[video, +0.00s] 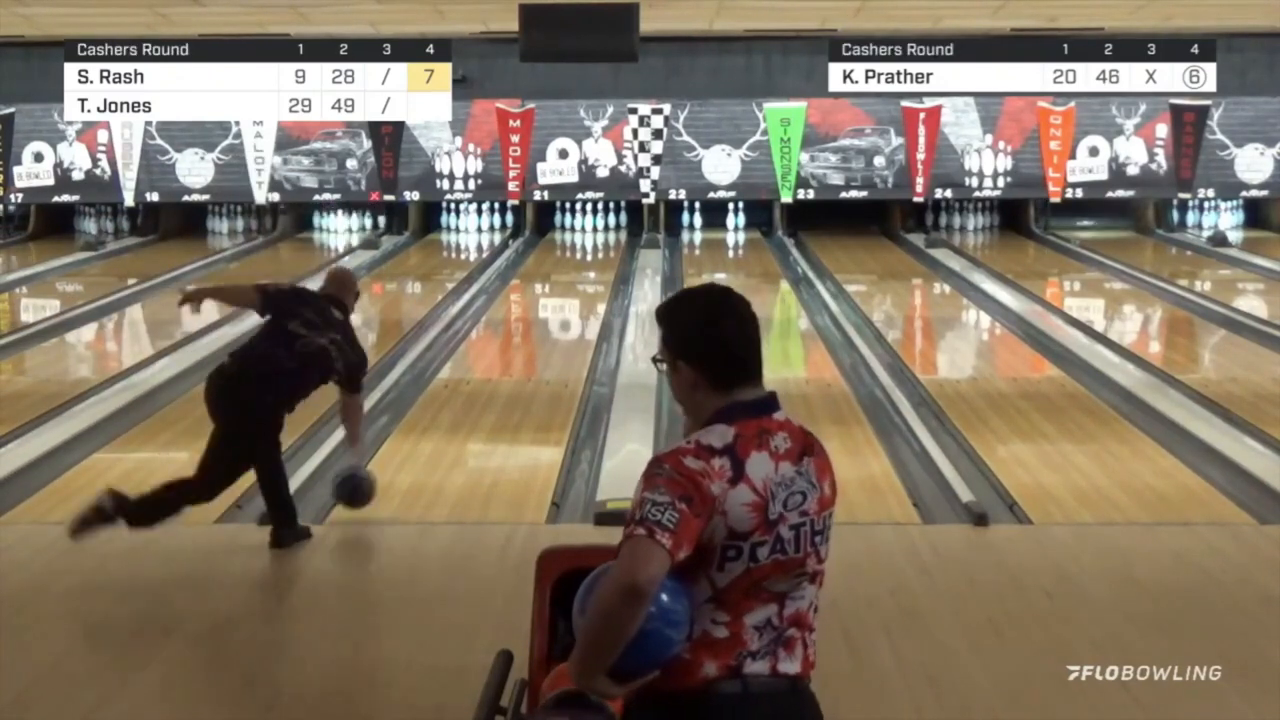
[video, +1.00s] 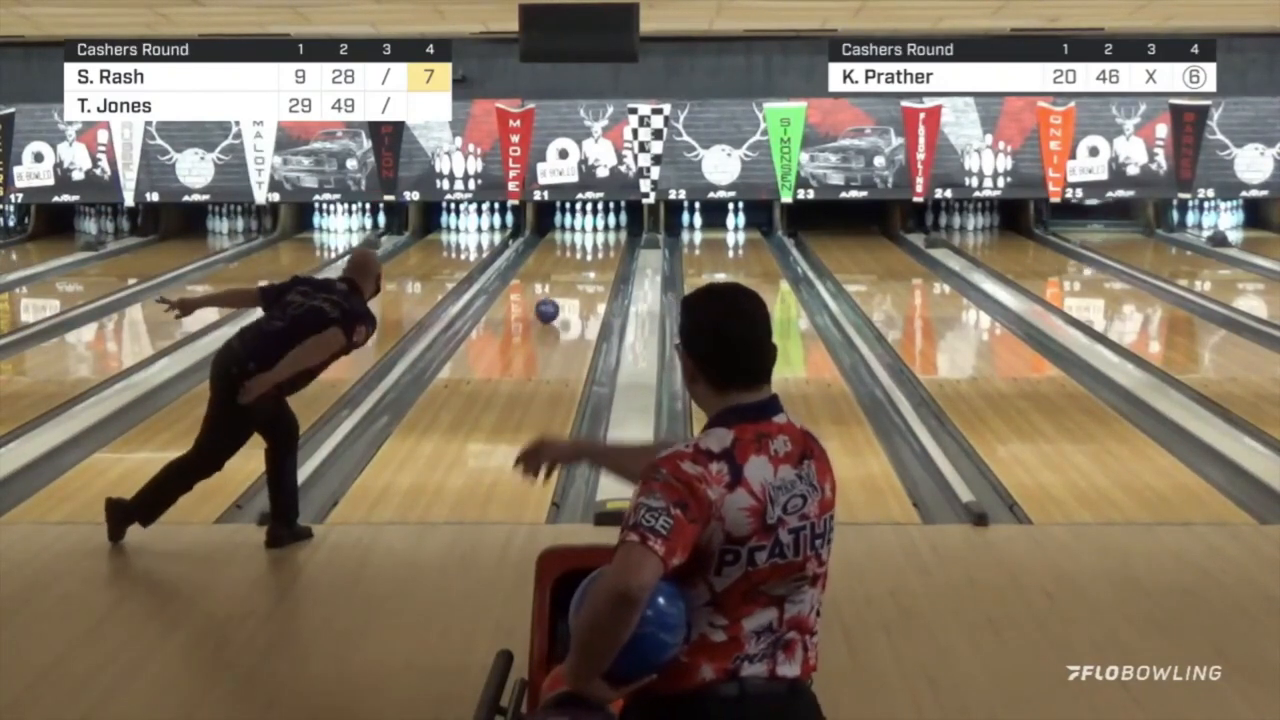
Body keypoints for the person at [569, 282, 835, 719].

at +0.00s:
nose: (669, 382)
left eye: (666, 366)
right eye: (665, 367)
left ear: (685, 370)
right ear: (752, 354)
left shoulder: (687, 467)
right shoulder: (811, 453)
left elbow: (636, 579)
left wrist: (585, 669)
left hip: (691, 698)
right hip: (789, 693)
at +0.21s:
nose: (673, 380)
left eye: (671, 365)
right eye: (670, 366)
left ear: (687, 368)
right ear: (756, 354)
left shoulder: (683, 469)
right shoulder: (815, 458)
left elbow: (630, 579)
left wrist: (576, 671)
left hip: (687, 697)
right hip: (789, 693)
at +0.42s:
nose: (674, 373)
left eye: (673, 360)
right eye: (673, 360)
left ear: (689, 367)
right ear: (758, 355)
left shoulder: (680, 469)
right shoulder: (817, 460)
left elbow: (618, 580)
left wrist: (572, 670)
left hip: (685, 697)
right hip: (789, 694)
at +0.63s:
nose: (677, 366)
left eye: (676, 356)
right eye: (678, 354)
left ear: (685, 368)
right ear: (762, 353)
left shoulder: (679, 471)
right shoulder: (815, 457)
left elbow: (618, 582)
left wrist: (572, 672)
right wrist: (681, 313)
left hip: (686, 697)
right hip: (788, 695)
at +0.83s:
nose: (673, 358)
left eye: (677, 348)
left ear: (690, 366)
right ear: (768, 355)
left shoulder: (683, 472)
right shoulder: (809, 441)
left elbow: (623, 584)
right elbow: (698, 390)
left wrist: (575, 673)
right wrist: (628, 345)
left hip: (689, 697)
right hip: (788, 690)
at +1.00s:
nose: (680, 363)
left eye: (680, 353)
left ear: (688, 365)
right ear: (770, 354)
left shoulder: (687, 470)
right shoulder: (811, 453)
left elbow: (629, 586)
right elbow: (688, 469)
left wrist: (580, 676)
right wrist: (580, 450)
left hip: (691, 699)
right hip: (790, 695)